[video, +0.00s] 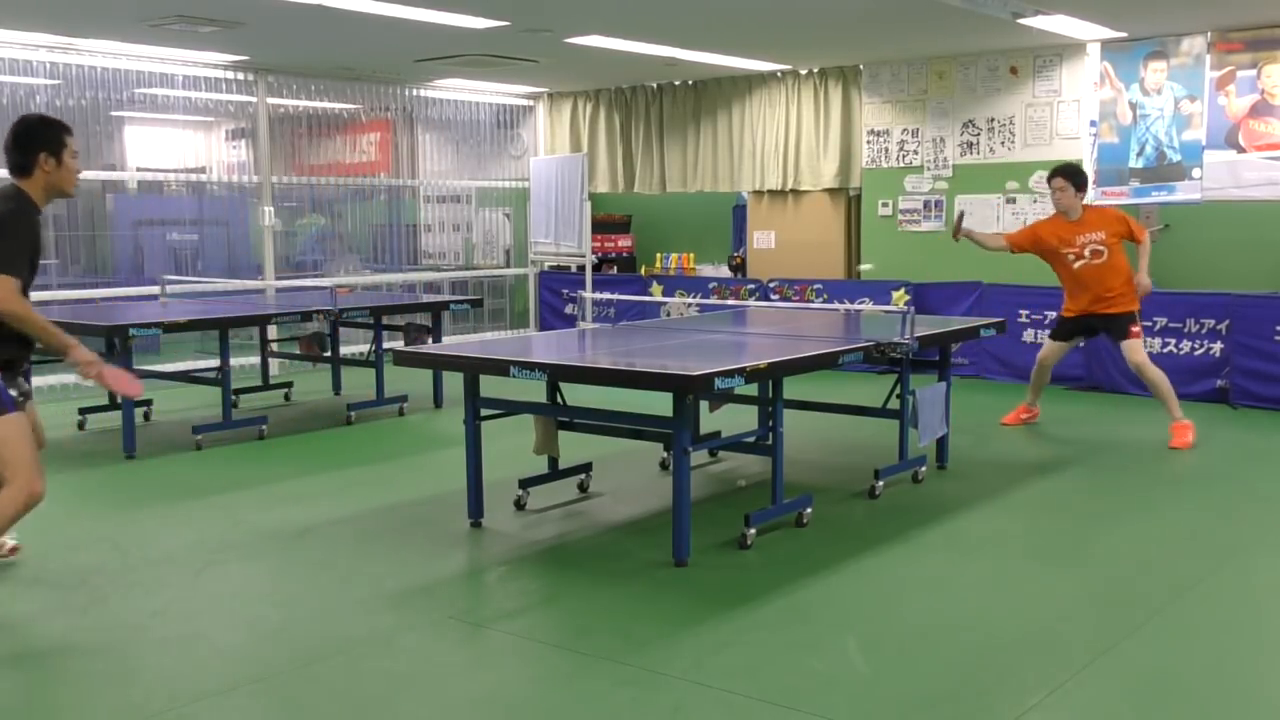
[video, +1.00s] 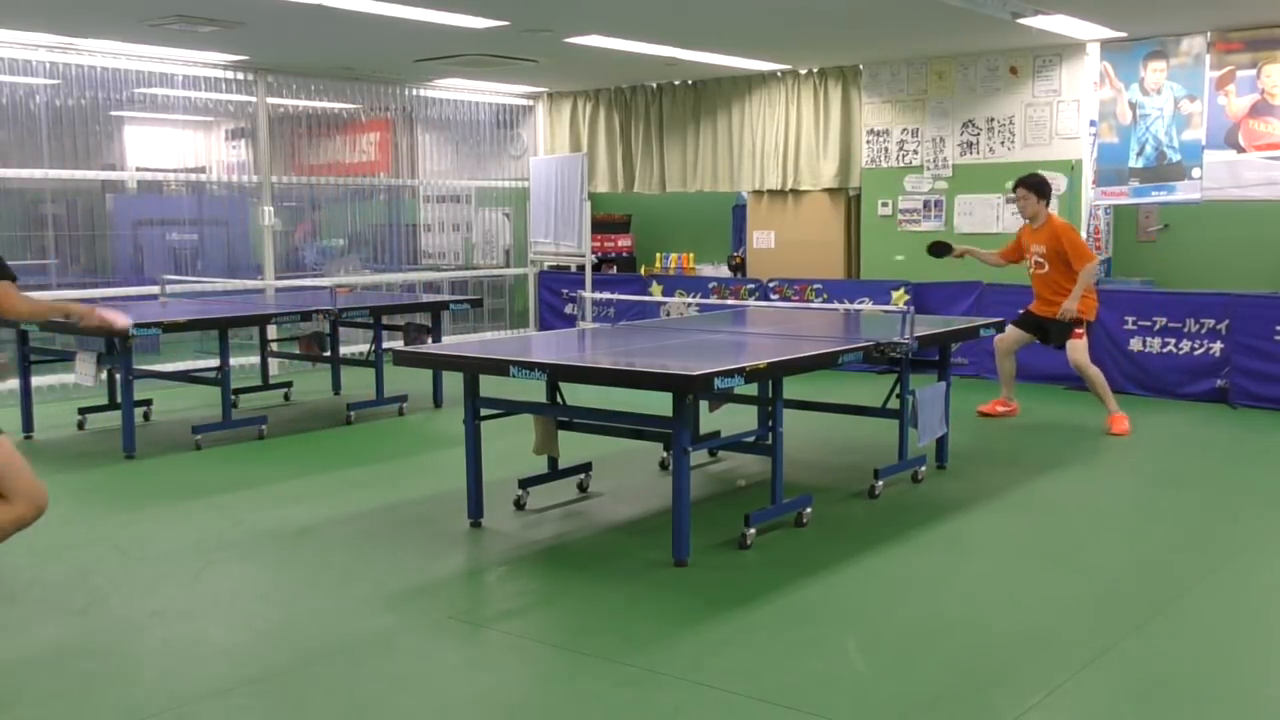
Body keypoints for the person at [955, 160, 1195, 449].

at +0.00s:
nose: (1054, 196)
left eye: (1060, 190)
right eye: (1052, 191)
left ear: (1079, 192)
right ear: (1051, 195)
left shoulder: (1109, 218)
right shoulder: (1044, 231)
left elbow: (1143, 236)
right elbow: (1002, 242)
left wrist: (1143, 272)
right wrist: (968, 233)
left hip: (1120, 307)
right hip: (1076, 311)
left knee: (1138, 361)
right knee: (1044, 359)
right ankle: (1030, 407)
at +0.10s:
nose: (1072, 205)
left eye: (1078, 199)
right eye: (1069, 200)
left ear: (1096, 201)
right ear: (1067, 204)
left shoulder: (1124, 229)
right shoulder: (1059, 238)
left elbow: (1156, 253)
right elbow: (1012, 242)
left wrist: (1165, 294)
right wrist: (977, 227)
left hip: (1131, 316)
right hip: (1089, 320)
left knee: (1147, 366)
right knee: (1053, 371)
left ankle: (1184, 425)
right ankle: (1046, 411)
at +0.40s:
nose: (1060, 183)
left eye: (1066, 178)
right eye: (1057, 178)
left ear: (1085, 180)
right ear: (1055, 181)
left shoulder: (1107, 217)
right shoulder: (1048, 217)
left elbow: (1134, 255)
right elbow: (1018, 248)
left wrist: (1124, 287)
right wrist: (993, 247)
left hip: (1103, 304)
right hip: (1064, 305)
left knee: (1126, 358)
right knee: (1036, 352)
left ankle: (1157, 420)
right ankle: (1044, 408)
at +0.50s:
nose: (1048, 177)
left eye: (1054, 171)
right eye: (1046, 172)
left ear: (1072, 173)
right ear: (1044, 175)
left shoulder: (1095, 208)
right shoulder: (1040, 209)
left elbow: (1121, 242)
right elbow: (1017, 245)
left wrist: (1101, 271)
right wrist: (996, 255)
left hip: (1094, 295)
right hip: (1057, 295)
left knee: (1107, 350)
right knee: (1026, 338)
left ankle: (1132, 411)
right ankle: (1033, 396)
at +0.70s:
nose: (1026, 198)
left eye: (1032, 193)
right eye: (1024, 193)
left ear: (1050, 195)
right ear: (1023, 195)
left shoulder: (1071, 227)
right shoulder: (1031, 232)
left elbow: (1097, 263)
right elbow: (1026, 270)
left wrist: (1072, 292)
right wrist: (1001, 288)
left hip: (1077, 309)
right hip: (1042, 308)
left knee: (1084, 363)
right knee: (1008, 350)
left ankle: (1120, 413)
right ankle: (1008, 402)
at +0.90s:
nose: (1011, 209)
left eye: (1015, 203)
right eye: (1009, 204)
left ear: (1033, 204)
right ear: (1010, 205)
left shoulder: (1055, 232)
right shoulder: (1025, 236)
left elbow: (1089, 267)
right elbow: (1030, 269)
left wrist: (1079, 304)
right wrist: (997, 272)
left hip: (1070, 311)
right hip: (1038, 310)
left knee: (1076, 360)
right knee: (1001, 347)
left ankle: (1114, 411)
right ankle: (1007, 401)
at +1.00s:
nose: (1019, 205)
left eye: (1023, 199)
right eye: (1017, 200)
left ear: (1041, 200)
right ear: (1019, 201)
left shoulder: (1062, 229)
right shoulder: (1025, 233)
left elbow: (1091, 265)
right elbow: (1002, 258)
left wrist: (1074, 299)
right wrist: (970, 251)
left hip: (1074, 309)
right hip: (1042, 308)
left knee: (1079, 361)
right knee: (1003, 344)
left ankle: (1115, 413)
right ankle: (1007, 401)